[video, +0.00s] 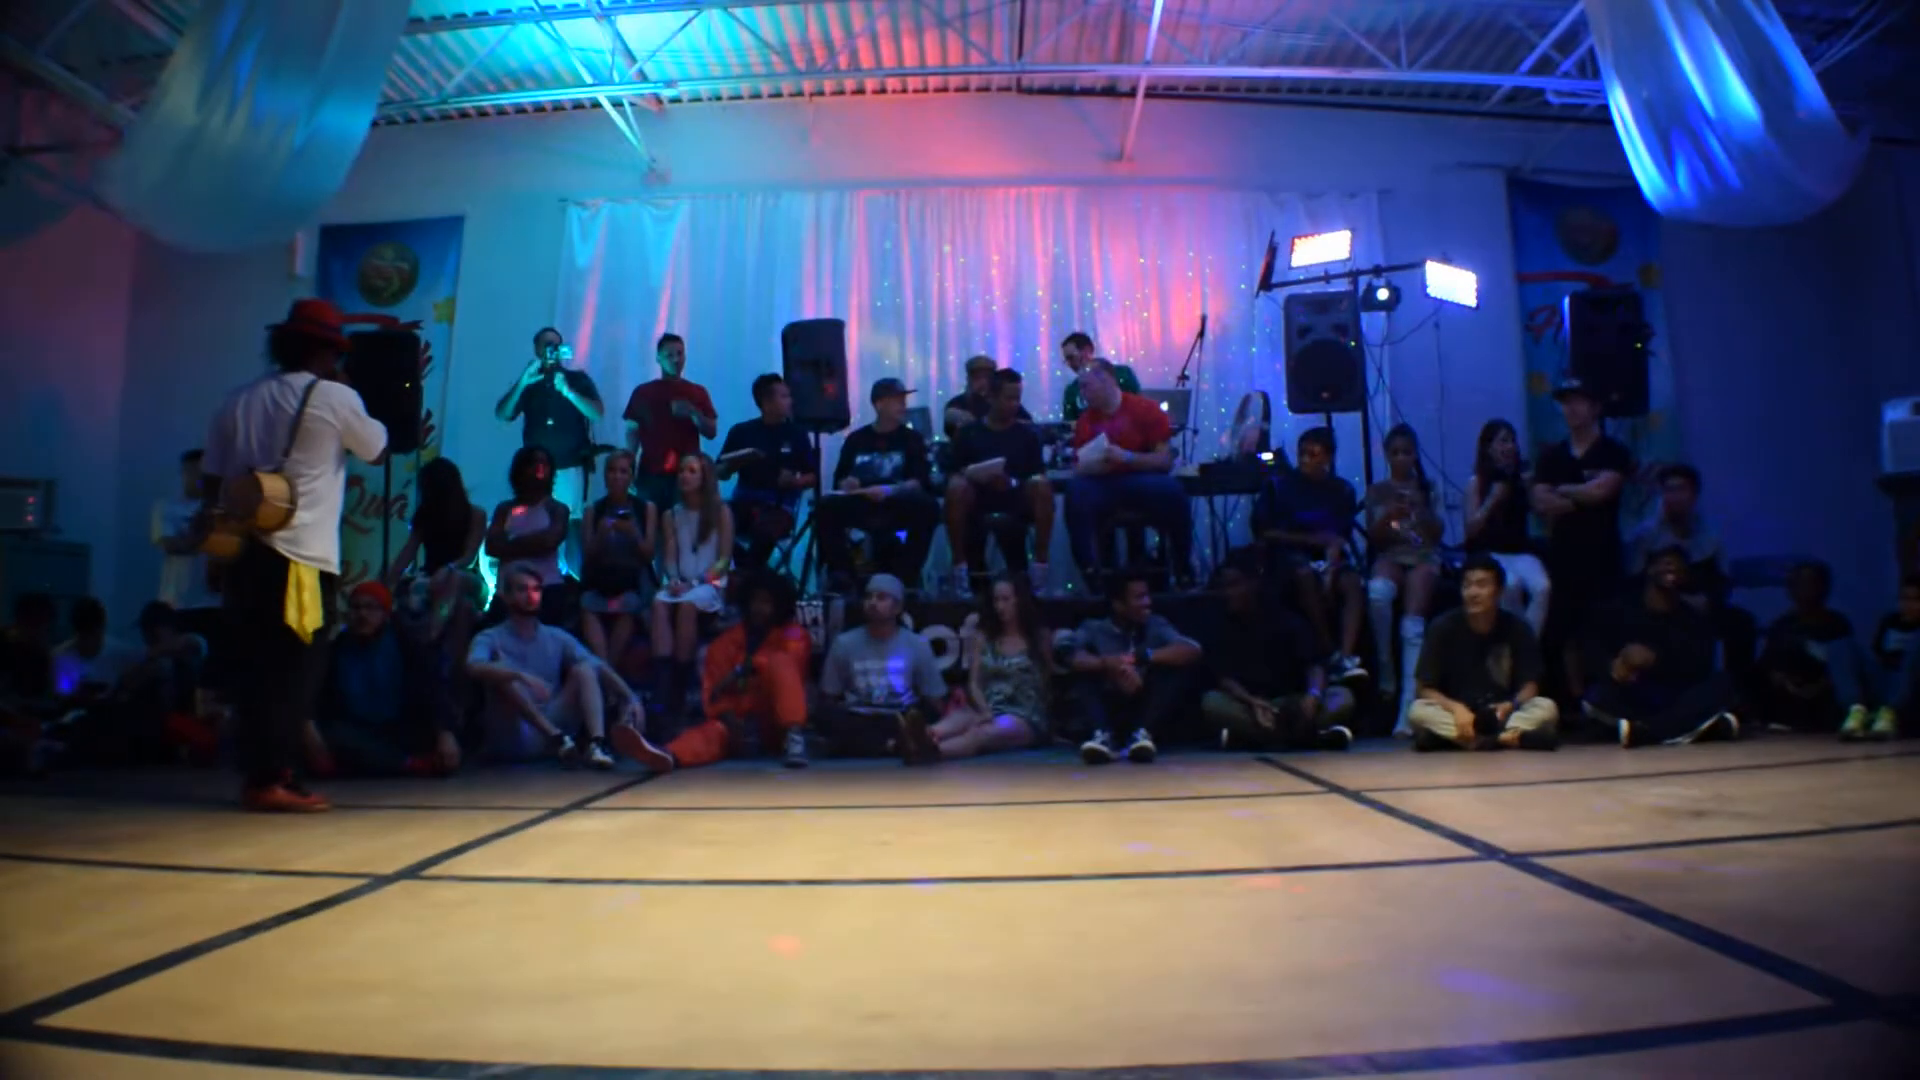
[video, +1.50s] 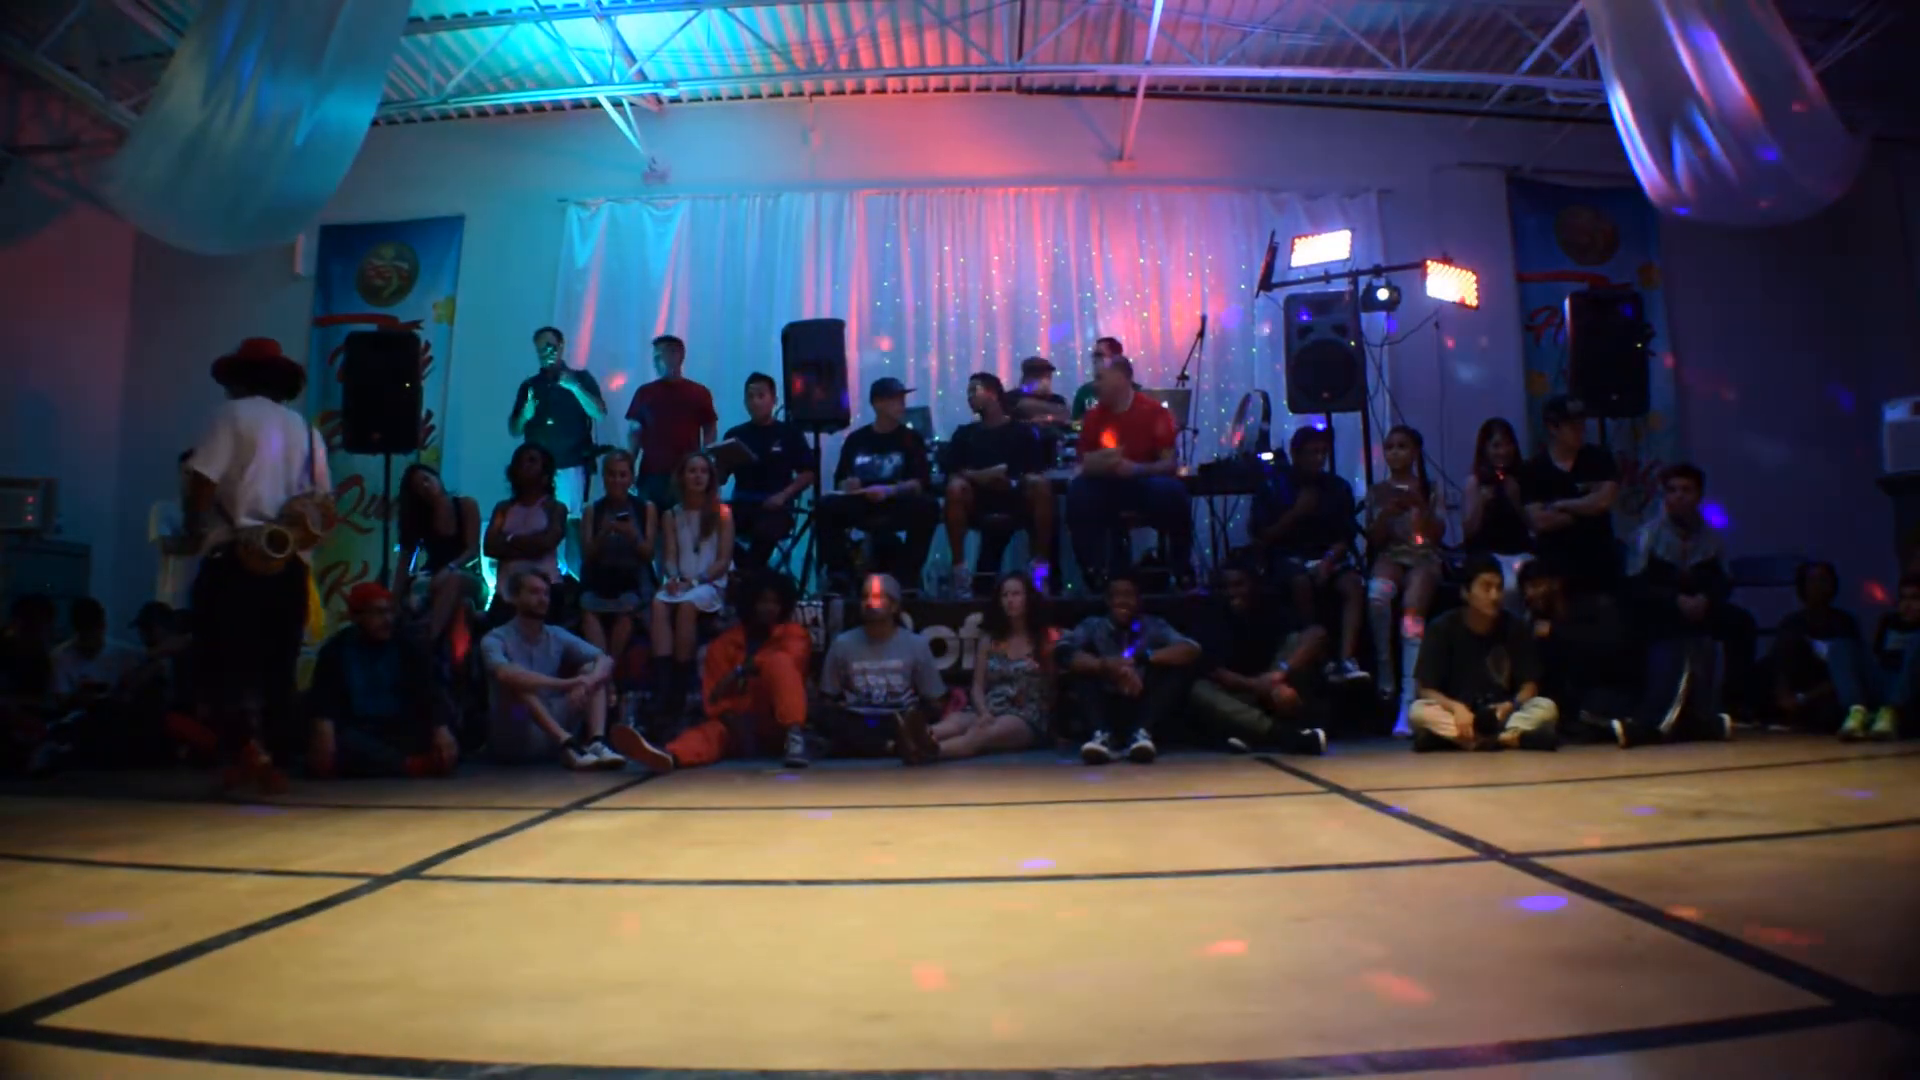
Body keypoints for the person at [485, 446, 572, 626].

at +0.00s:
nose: (539, 473)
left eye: (544, 466)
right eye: (533, 466)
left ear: (551, 472)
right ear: (520, 471)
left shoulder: (558, 509)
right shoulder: (505, 509)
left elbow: (551, 542)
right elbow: (492, 547)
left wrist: (508, 545)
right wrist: (537, 546)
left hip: (548, 589)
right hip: (509, 591)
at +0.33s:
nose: (532, 468)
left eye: (538, 463)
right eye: (527, 463)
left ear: (549, 472)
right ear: (518, 471)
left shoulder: (558, 509)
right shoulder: (505, 508)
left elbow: (550, 543)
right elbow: (492, 547)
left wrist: (510, 544)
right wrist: (536, 547)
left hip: (548, 590)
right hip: (509, 592)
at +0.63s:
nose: (531, 468)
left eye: (537, 462)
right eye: (526, 462)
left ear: (548, 473)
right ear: (517, 470)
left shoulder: (558, 509)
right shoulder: (505, 508)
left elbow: (550, 543)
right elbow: (491, 547)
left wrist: (510, 542)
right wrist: (535, 549)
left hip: (542, 602)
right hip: (506, 599)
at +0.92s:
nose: (525, 466)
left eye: (532, 461)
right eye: (521, 461)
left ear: (545, 473)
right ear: (514, 470)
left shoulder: (556, 509)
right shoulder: (504, 508)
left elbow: (550, 541)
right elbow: (490, 547)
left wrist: (510, 542)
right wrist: (533, 549)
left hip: (542, 600)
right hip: (506, 597)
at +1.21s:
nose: (526, 466)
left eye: (532, 461)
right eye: (521, 461)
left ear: (545, 472)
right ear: (514, 469)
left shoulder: (556, 508)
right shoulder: (503, 508)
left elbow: (550, 541)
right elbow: (491, 547)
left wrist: (510, 541)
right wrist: (533, 549)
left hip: (544, 590)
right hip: (507, 590)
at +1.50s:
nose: (525, 466)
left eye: (532, 461)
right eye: (520, 461)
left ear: (545, 472)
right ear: (513, 470)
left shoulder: (555, 508)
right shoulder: (503, 508)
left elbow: (549, 541)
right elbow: (490, 547)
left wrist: (509, 541)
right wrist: (531, 550)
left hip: (545, 590)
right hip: (507, 591)